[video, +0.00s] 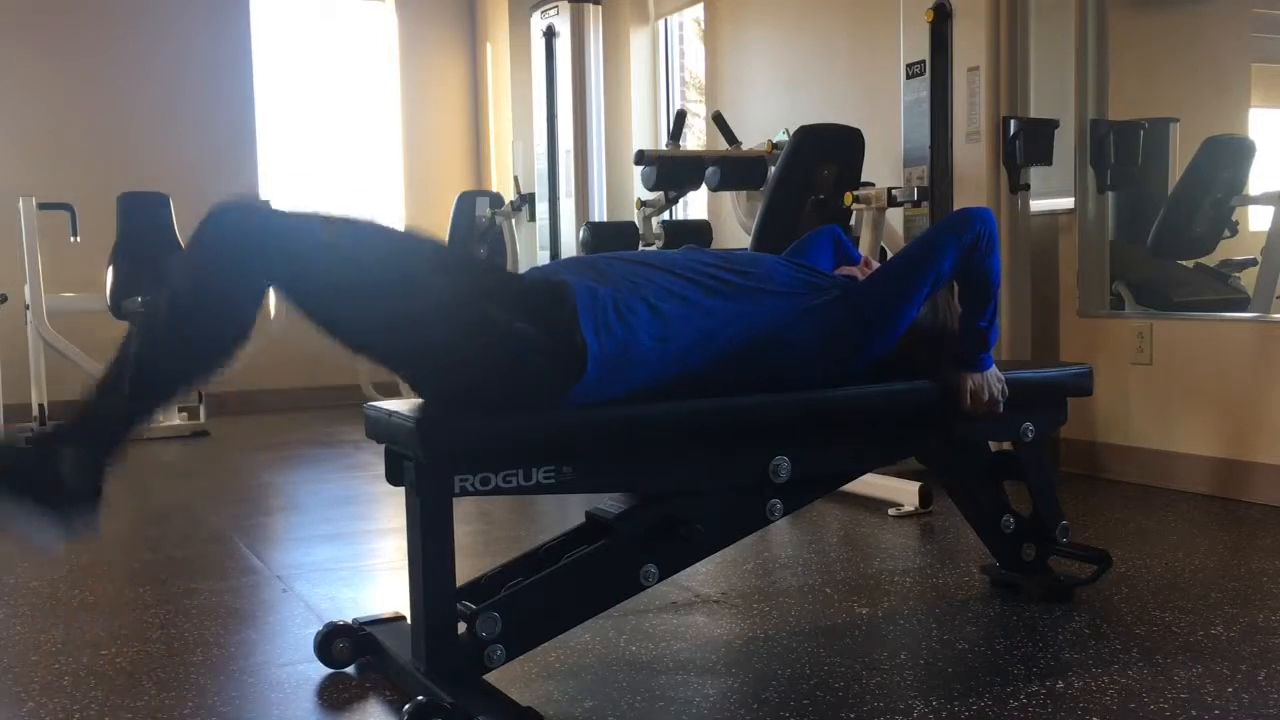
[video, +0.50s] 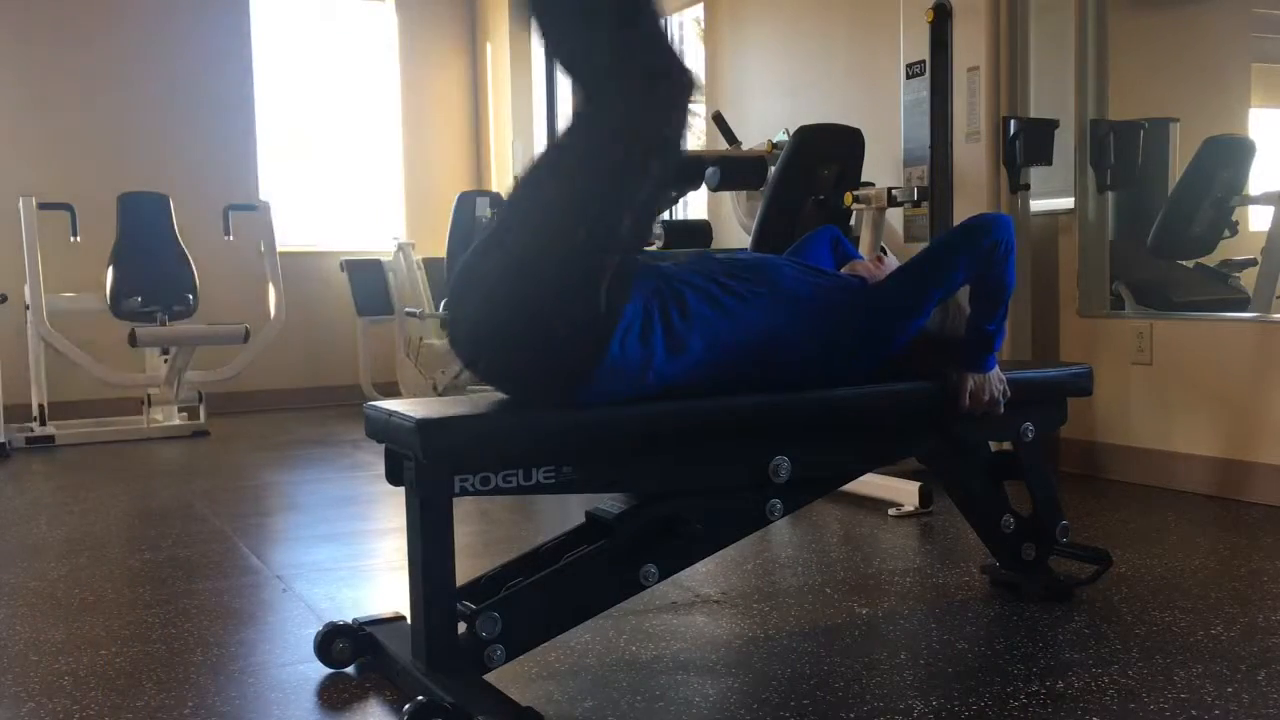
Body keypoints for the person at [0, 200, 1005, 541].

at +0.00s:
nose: (868, 254)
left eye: (885, 262)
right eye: (870, 251)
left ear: (903, 306)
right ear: (848, 270)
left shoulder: (854, 325)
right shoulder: (776, 278)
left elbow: (976, 213)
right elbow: (828, 167)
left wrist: (966, 326)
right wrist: (877, 263)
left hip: (531, 339)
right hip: (506, 305)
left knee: (241, 224)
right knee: (260, 221)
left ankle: (77, 458)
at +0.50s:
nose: (879, 258)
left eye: (896, 268)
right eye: (880, 253)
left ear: (913, 310)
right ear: (858, 266)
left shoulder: (869, 326)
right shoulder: (805, 282)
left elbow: (991, 231)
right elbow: (826, 226)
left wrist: (982, 354)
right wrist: (873, 269)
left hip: (556, 343)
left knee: (648, 81)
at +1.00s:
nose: (892, 258)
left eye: (904, 269)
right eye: (895, 258)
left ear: (917, 309)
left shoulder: (888, 326)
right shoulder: (838, 287)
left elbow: (1007, 239)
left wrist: (987, 359)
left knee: (838, 190)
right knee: (793, 172)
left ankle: (872, 8)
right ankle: (825, 3)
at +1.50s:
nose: (890, 254)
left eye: (902, 269)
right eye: (898, 257)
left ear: (910, 311)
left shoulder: (879, 330)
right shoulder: (839, 277)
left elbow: (998, 237)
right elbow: (817, 215)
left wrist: (1001, 352)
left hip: (607, 320)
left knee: (802, 181)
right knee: (776, 171)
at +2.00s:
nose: (877, 256)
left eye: (893, 269)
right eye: (882, 254)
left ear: (903, 313)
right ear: (859, 273)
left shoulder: (870, 331)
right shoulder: (808, 286)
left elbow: (989, 232)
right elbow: (827, 229)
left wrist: (998, 353)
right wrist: (870, 267)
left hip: (558, 349)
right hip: (527, 329)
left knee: (678, 127)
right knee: (681, 129)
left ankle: (533, 9)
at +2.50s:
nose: (870, 244)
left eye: (889, 249)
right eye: (870, 237)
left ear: (899, 298)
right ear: (850, 259)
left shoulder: (855, 329)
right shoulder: (800, 292)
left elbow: (992, 235)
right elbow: (824, 200)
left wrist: (986, 349)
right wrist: (870, 249)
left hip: (539, 356)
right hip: (531, 326)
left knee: (452, 64)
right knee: (451, 63)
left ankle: (156, 98)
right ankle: (169, 80)